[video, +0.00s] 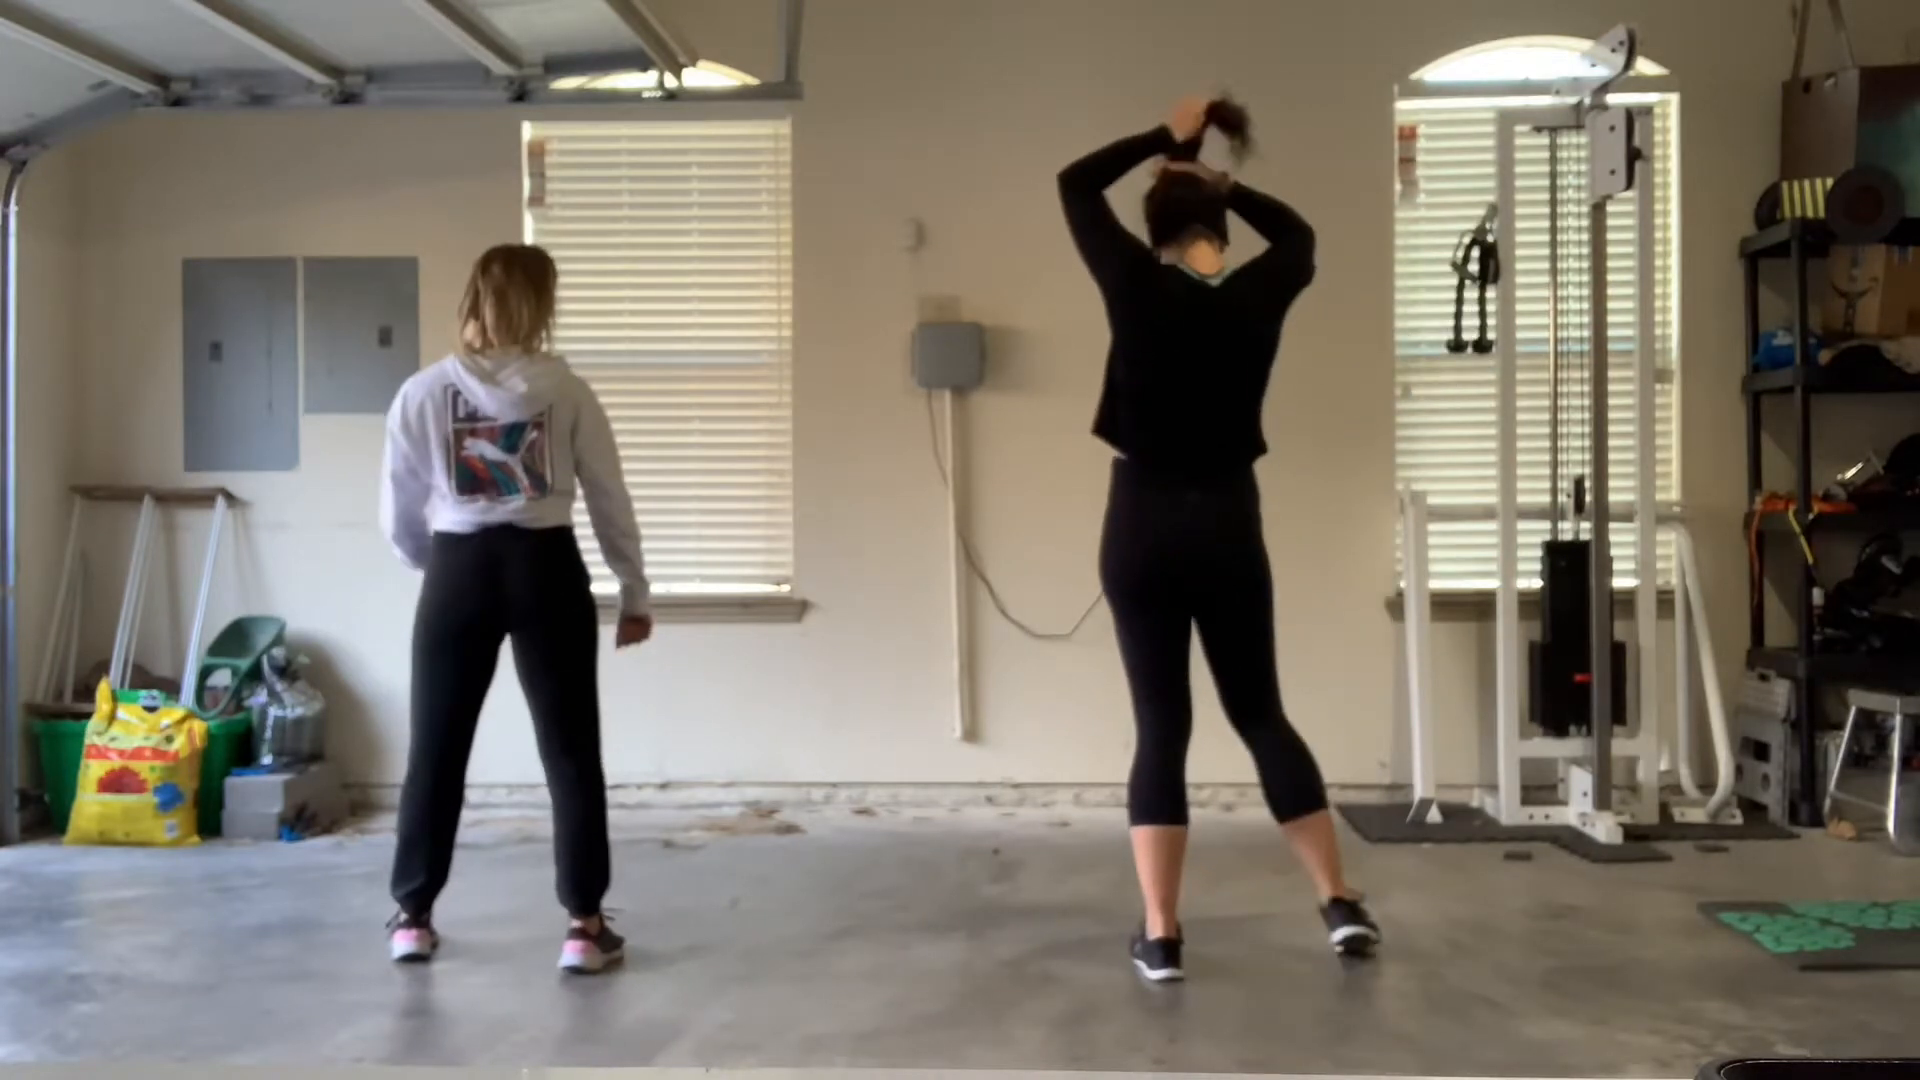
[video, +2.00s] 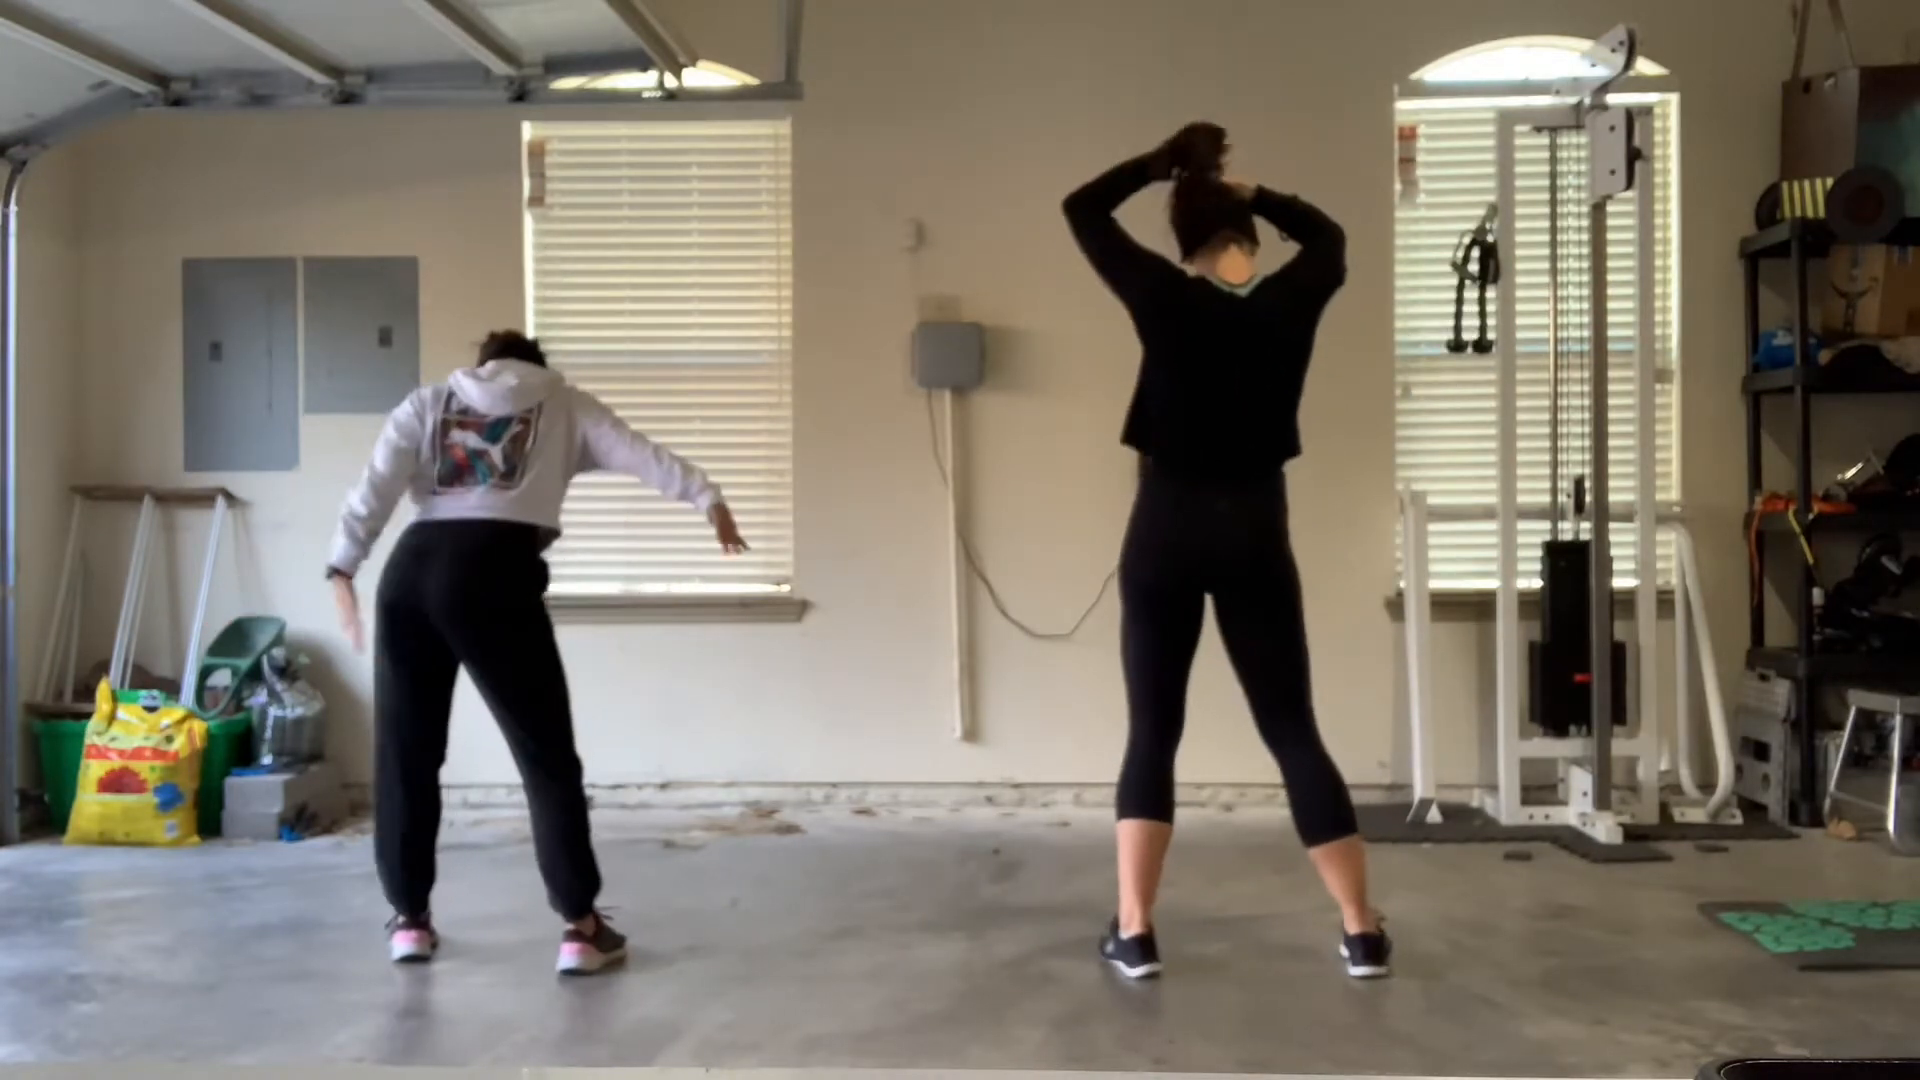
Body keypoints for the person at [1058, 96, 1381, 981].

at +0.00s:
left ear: (1153, 231)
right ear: (1222, 227)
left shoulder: (1135, 286)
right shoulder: (1260, 293)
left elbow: (1076, 185)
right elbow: (1299, 236)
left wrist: (1158, 137)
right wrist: (1226, 187)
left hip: (1139, 533)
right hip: (1229, 532)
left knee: (1160, 731)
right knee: (1262, 716)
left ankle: (1161, 937)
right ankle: (1338, 902)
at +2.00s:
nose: (1249, 260)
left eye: (1242, 246)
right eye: (1249, 244)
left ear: (1180, 245)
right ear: (1248, 241)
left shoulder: (1160, 298)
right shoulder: (1287, 307)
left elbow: (1083, 209)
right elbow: (1327, 239)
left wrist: (1156, 160)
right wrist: (1258, 196)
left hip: (1162, 536)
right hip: (1255, 540)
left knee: (1151, 732)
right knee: (1294, 731)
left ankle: (1134, 932)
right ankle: (1361, 927)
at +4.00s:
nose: (1262, 262)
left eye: (1252, 251)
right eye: (1287, 246)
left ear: (1250, 246)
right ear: (1321, 233)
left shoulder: (1232, 295)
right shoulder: (1361, 300)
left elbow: (1118, 254)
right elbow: (1346, 254)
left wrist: (1196, 212)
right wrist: (1323, 199)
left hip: (1250, 533)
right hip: (1345, 536)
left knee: (1196, 726)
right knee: (1338, 730)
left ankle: (1145, 914)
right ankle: (1365, 932)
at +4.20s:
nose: (1253, 259)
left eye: (1247, 246)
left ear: (1245, 246)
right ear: (1315, 238)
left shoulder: (1232, 295)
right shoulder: (1355, 302)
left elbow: (1127, 242)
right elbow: (1346, 243)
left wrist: (1210, 196)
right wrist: (1302, 190)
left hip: (1237, 528)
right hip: (1330, 532)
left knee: (1184, 722)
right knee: (1332, 727)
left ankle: (1140, 914)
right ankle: (1365, 930)